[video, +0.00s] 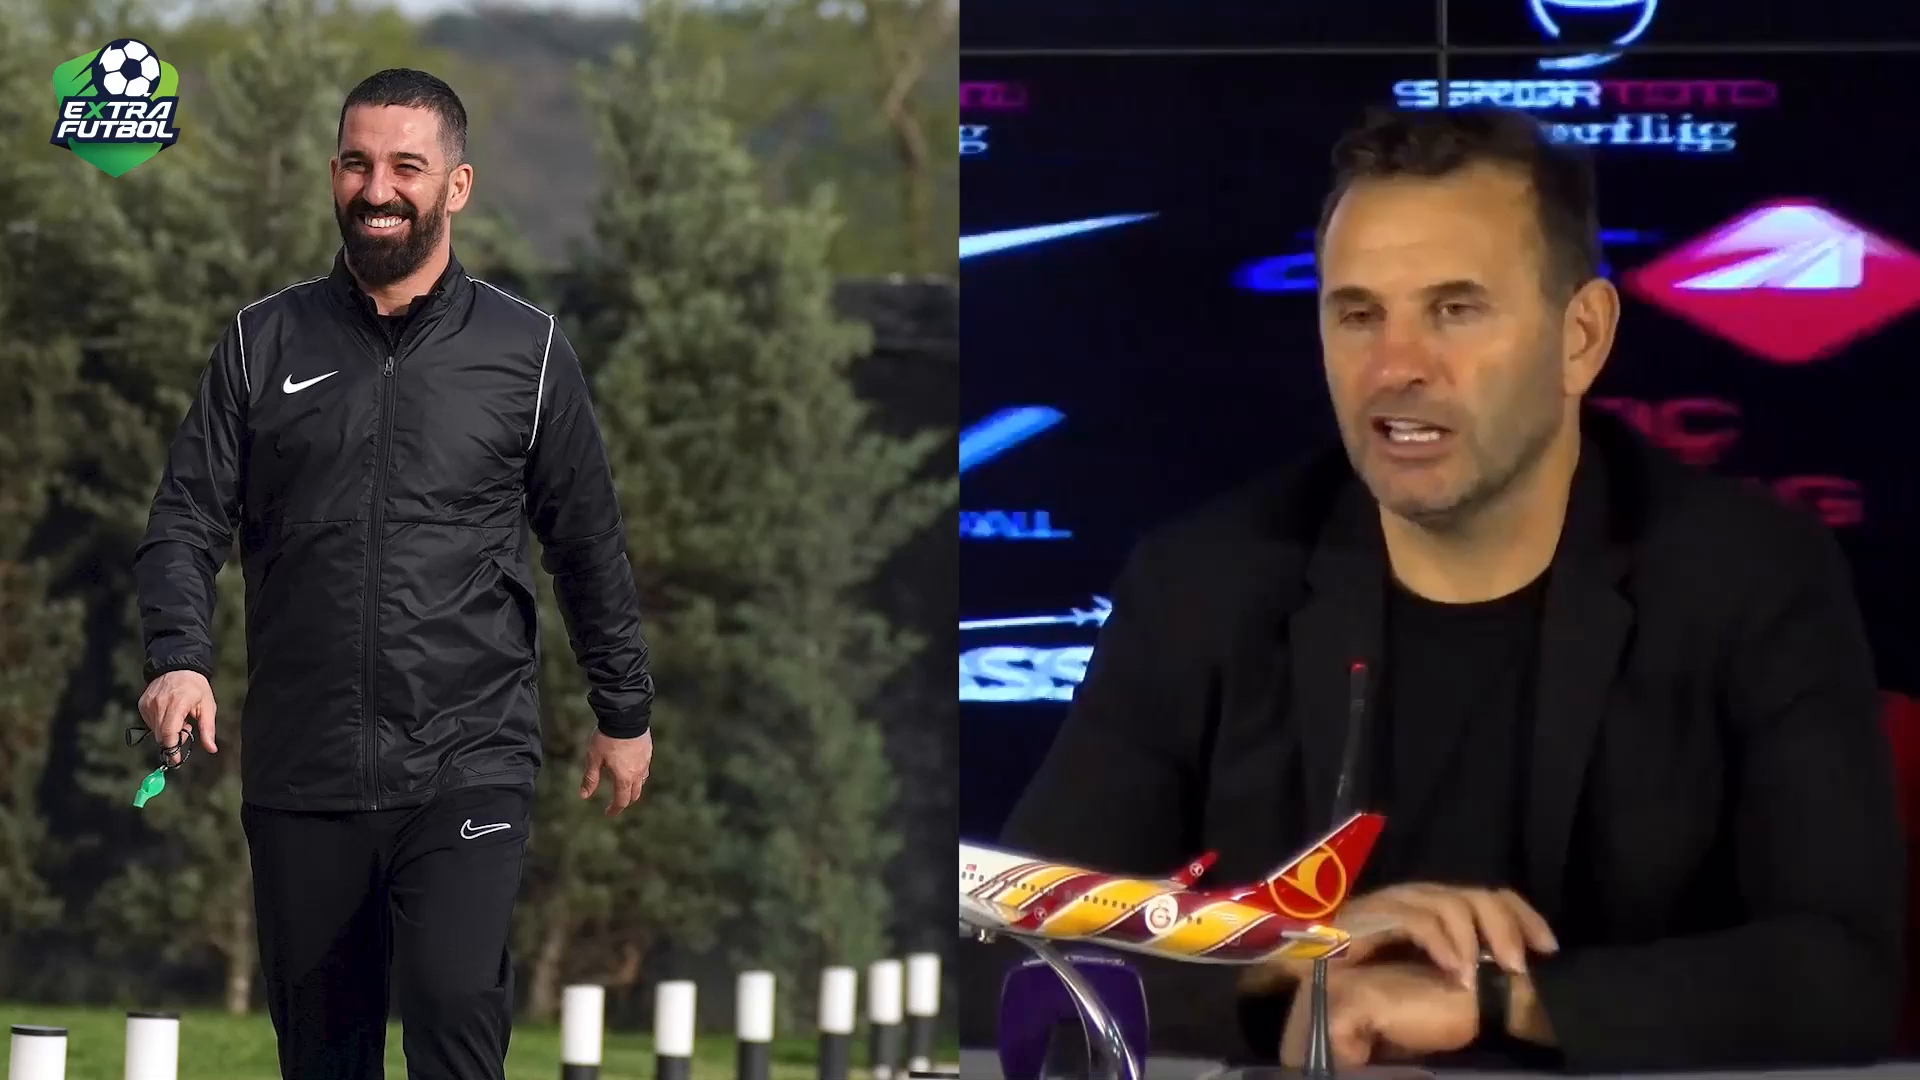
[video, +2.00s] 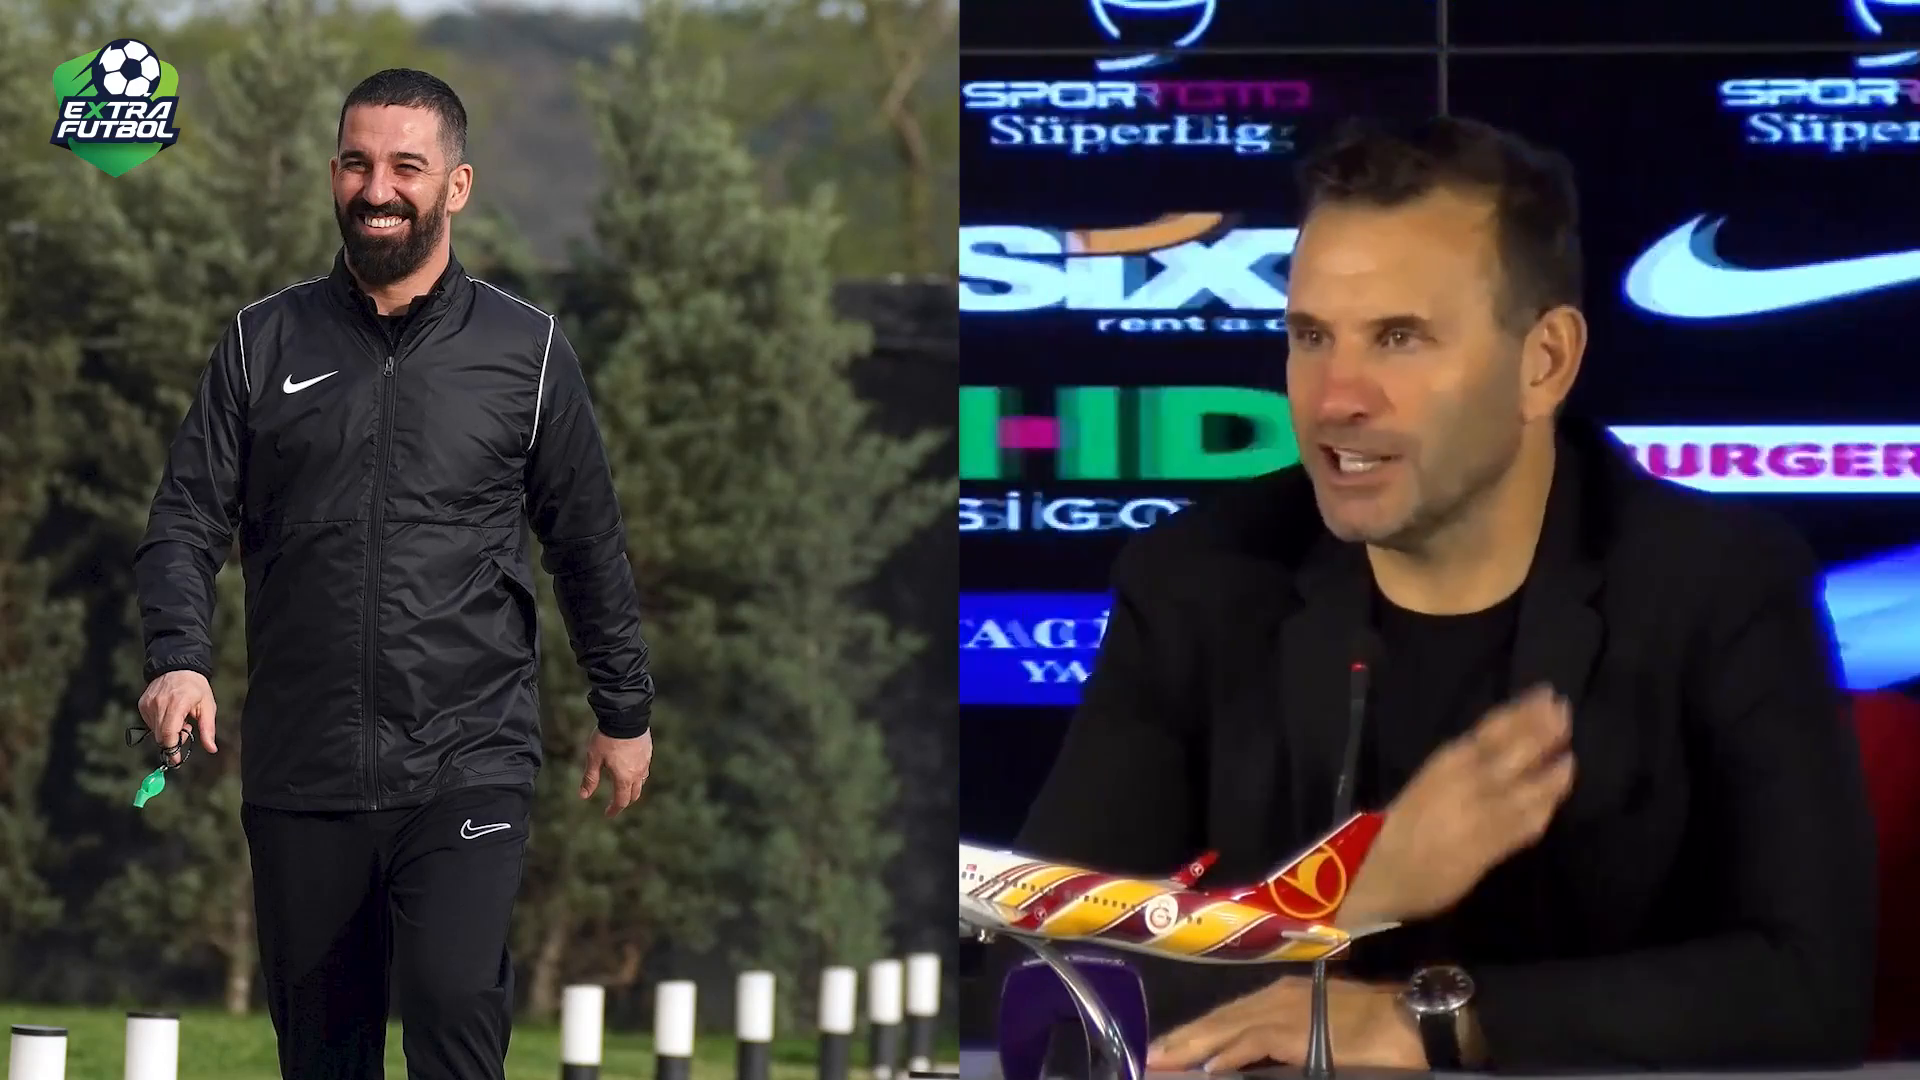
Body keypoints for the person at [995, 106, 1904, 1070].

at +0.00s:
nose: (1397, 369)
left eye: (1457, 309)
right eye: (1359, 315)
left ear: (1583, 336)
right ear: (1322, 331)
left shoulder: (1757, 581)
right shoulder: (1211, 581)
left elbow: (1844, 974)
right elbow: (1025, 936)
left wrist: (1504, 997)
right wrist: (1287, 956)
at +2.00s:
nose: (1335, 394)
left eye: (1399, 338)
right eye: (1310, 336)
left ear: (1545, 362)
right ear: (1285, 345)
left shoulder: (1723, 591)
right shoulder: (1199, 583)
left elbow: (1813, 992)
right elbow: (1043, 966)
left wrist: (1430, 1021)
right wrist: (1358, 887)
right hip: (1260, 1078)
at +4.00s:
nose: (1338, 396)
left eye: (1407, 344)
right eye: (1316, 338)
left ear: (1550, 371)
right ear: (1290, 342)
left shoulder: (1724, 590)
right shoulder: (1189, 586)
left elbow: (1807, 989)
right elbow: (1029, 963)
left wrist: (1428, 1027)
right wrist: (1328, 958)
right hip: (1247, 1073)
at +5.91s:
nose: (1361, 391)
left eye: (1420, 331)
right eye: (1325, 337)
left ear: (1552, 356)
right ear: (1290, 358)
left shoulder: (1726, 592)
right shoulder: (1188, 593)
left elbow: (1806, 989)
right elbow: (1027, 977)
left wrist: (1434, 1031)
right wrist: (1333, 955)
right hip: (1245, 1072)